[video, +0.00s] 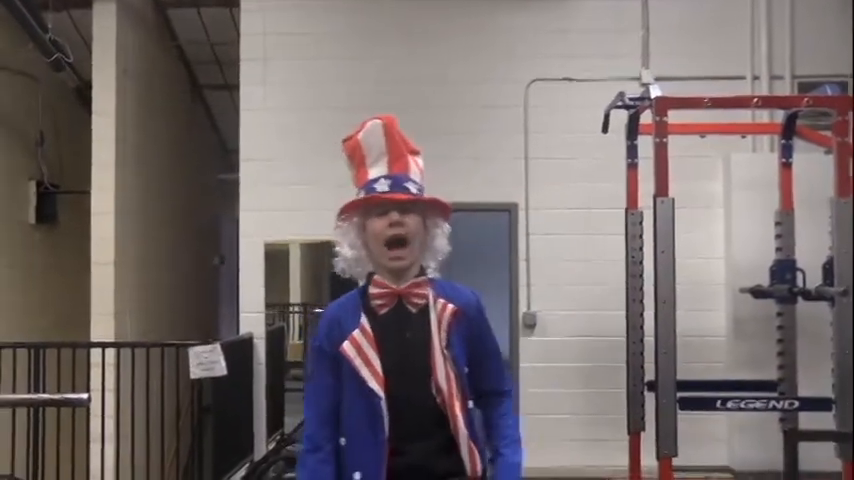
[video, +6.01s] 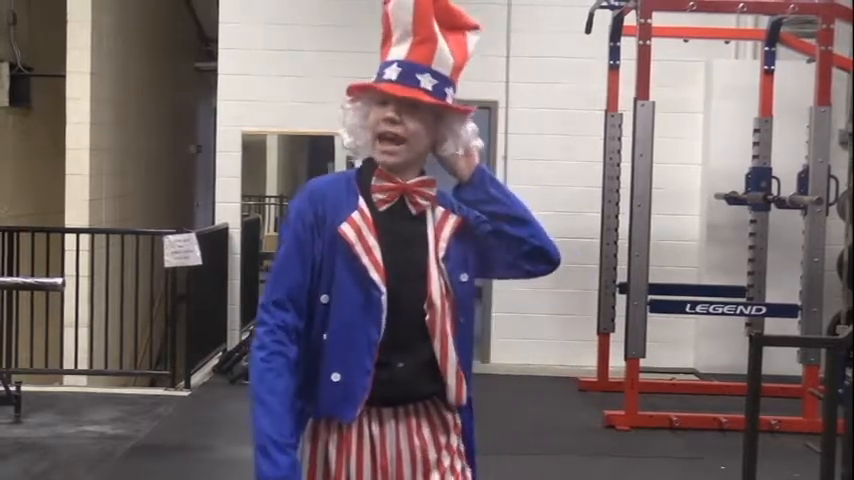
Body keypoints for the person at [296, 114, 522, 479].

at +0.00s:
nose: (395, 220)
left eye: (407, 210)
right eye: (380, 212)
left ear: (427, 226)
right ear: (361, 231)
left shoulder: (463, 308)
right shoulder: (336, 322)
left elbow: (496, 398)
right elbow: (319, 435)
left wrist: (506, 471)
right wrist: (318, 475)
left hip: (454, 470)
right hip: (375, 472)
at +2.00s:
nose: (325, 120)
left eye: (337, 111)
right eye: (311, 109)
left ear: (353, 125)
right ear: (288, 123)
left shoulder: (389, 195)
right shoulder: (278, 212)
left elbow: (453, 284)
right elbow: (260, 306)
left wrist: (436, 383)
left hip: (381, 405)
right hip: (302, 406)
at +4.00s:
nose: (448, 121)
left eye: (463, 109)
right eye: (433, 108)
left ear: (483, 124)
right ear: (411, 122)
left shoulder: (502, 210)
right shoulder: (370, 206)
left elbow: (519, 319)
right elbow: (345, 325)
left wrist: (540, 407)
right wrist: (312, 443)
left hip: (473, 421)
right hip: (386, 424)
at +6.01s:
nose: (391, 116)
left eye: (411, 108)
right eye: (383, 102)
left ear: (440, 131)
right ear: (366, 114)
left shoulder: (458, 213)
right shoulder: (322, 202)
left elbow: (540, 256)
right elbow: (279, 329)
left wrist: (471, 173)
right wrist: (276, 464)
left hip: (432, 429)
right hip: (340, 434)